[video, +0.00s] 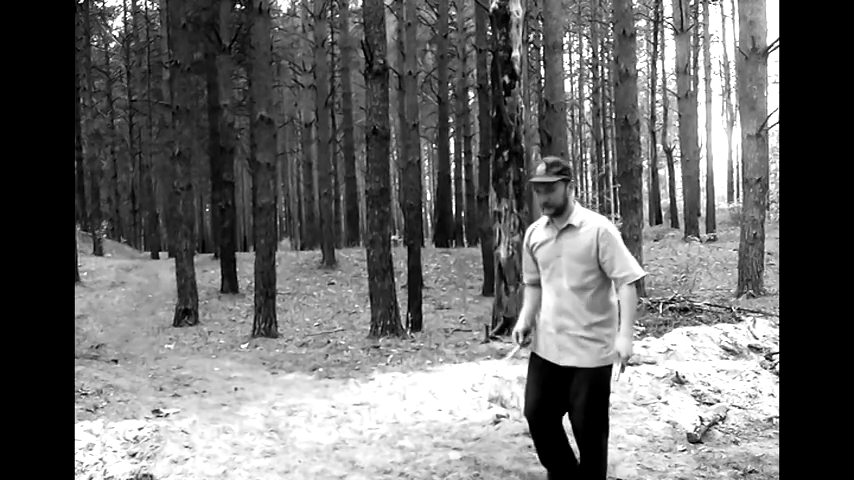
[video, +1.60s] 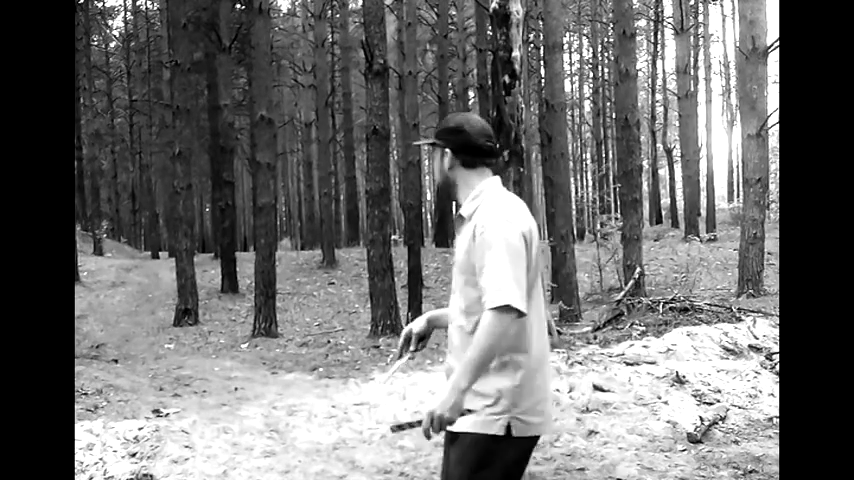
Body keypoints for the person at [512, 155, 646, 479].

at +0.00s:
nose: (543, 198)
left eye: (550, 189)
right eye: (538, 190)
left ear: (568, 186)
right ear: (533, 192)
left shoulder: (599, 230)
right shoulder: (533, 235)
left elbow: (627, 282)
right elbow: (532, 284)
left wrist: (625, 335)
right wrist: (526, 316)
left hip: (591, 353)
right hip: (547, 350)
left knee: (589, 431)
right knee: (539, 418)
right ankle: (564, 476)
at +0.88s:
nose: (519, 188)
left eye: (527, 177)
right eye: (513, 180)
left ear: (553, 169)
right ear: (508, 181)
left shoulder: (598, 227)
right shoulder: (507, 231)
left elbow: (633, 299)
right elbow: (494, 294)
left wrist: (650, 373)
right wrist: (474, 320)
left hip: (581, 382)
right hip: (528, 383)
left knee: (582, 472)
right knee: (547, 472)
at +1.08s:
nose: (495, 174)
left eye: (504, 161)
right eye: (493, 163)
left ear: (537, 158)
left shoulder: (585, 218)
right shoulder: (503, 223)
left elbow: (617, 297)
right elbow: (495, 293)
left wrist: (620, 383)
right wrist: (453, 310)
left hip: (576, 399)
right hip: (516, 396)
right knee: (506, 475)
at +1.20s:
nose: (484, 167)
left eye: (491, 154)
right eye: (482, 157)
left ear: (524, 151)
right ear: (520, 153)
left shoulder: (570, 211)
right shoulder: (496, 220)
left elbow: (598, 292)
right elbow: (492, 287)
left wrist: (588, 376)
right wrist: (444, 301)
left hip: (568, 392)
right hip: (508, 386)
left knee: (576, 475)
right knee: (485, 470)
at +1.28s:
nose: (470, 169)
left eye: (478, 156)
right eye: (469, 159)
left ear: (510, 153)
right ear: (505, 156)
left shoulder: (555, 211)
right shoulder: (489, 224)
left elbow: (576, 293)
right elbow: (490, 291)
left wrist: (544, 371)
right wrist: (437, 302)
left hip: (561, 398)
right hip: (501, 395)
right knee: (477, 475)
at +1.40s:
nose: (456, 173)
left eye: (462, 161)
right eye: (455, 164)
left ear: (492, 159)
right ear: (489, 161)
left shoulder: (538, 217)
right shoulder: (482, 231)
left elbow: (549, 301)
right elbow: (491, 302)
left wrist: (504, 370)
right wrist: (433, 314)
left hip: (543, 413)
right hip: (490, 407)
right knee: (477, 472)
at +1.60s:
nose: (431, 164)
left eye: (434, 153)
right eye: (432, 153)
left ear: (449, 157)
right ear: (484, 157)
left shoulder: (498, 217)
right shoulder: (486, 213)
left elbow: (503, 314)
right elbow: (484, 306)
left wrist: (454, 391)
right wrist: (432, 318)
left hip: (498, 414)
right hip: (485, 409)